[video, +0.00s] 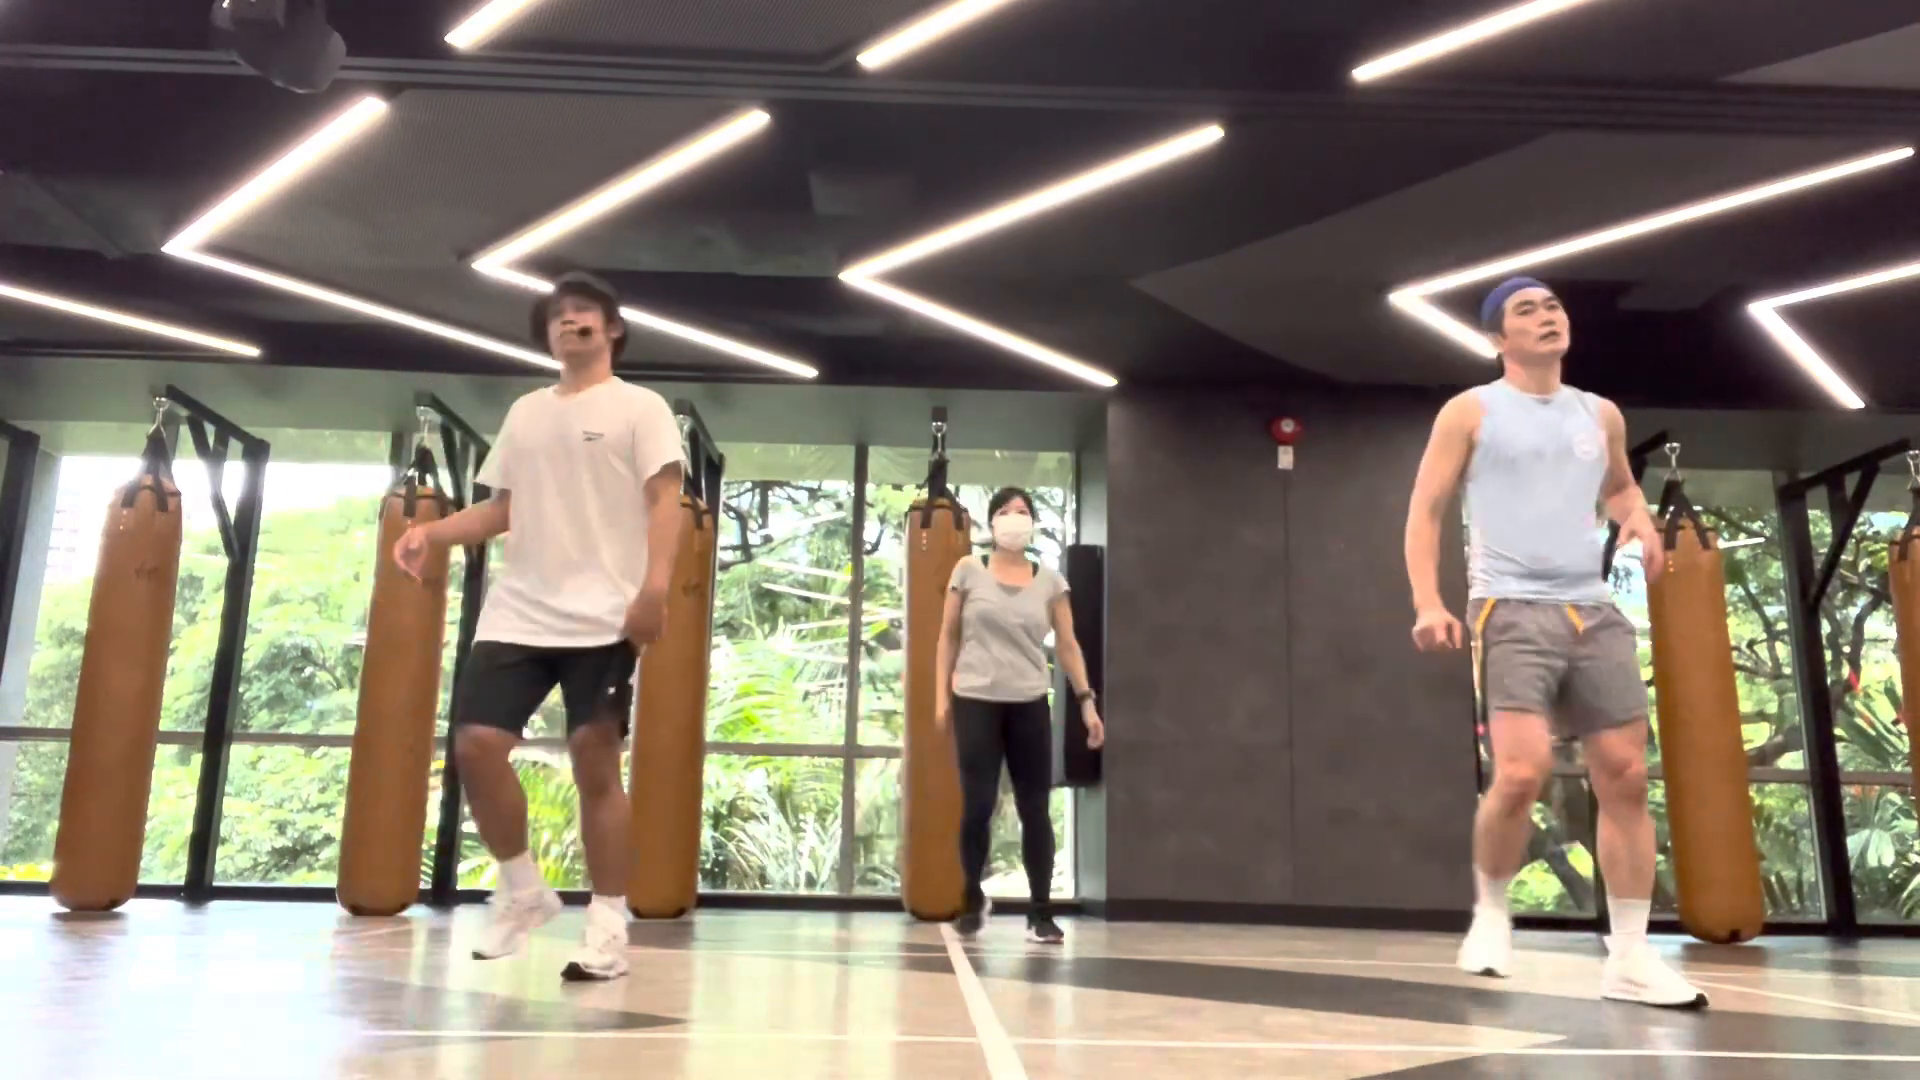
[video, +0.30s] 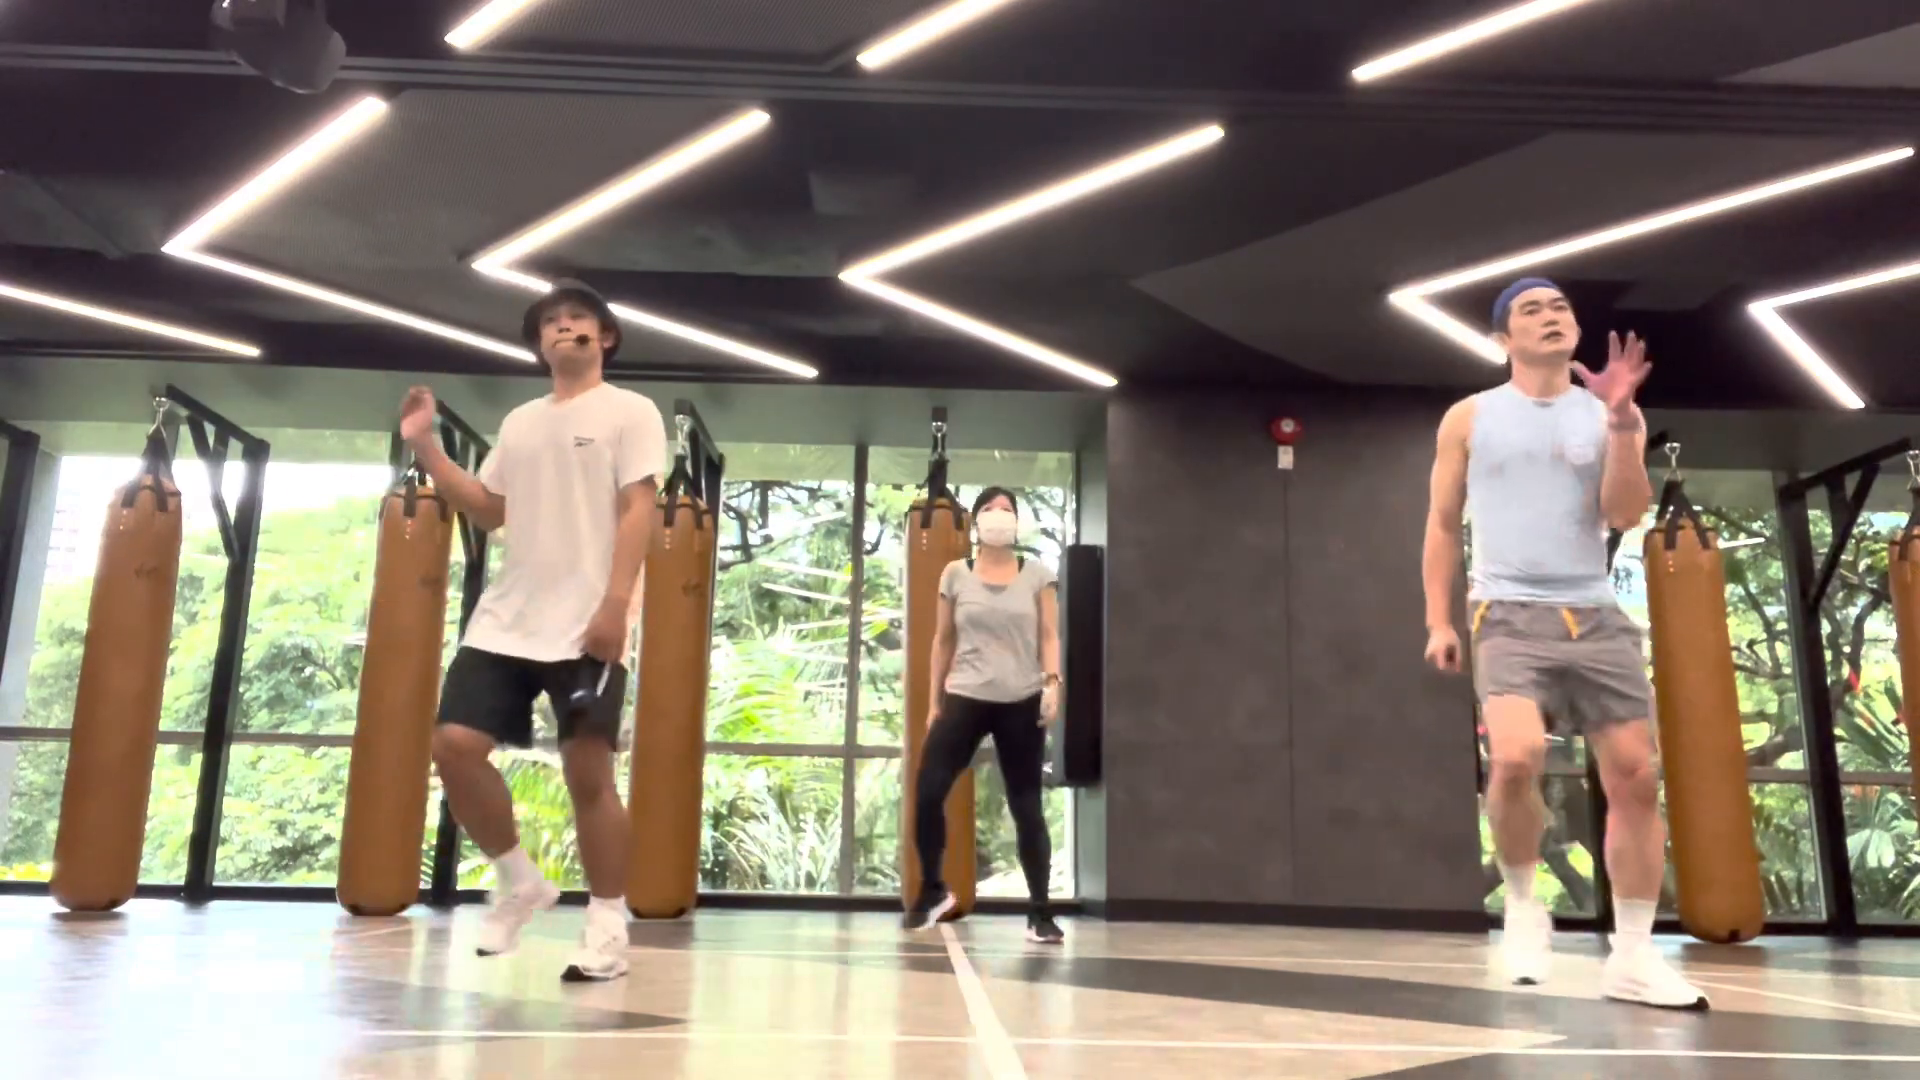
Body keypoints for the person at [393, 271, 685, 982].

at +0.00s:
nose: (573, 320)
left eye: (587, 312)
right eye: (562, 312)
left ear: (613, 331)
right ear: (547, 334)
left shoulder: (642, 408)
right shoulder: (526, 411)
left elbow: (667, 500)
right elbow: (505, 509)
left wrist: (656, 587)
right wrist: (434, 531)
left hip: (602, 614)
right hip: (517, 611)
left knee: (595, 759)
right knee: (476, 745)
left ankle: (608, 928)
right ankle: (525, 894)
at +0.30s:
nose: (567, 328)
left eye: (580, 320)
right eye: (554, 322)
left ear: (605, 339)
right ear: (537, 346)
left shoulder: (632, 412)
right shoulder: (518, 422)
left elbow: (638, 512)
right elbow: (487, 508)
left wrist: (615, 606)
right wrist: (428, 448)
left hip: (588, 618)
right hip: (507, 615)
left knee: (588, 773)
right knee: (455, 746)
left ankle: (608, 927)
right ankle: (520, 881)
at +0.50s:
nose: (540, 332)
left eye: (554, 322)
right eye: (527, 324)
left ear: (579, 344)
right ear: (508, 346)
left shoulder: (601, 421)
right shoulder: (478, 420)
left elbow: (612, 517)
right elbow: (424, 496)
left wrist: (585, 604)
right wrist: (394, 415)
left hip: (550, 625)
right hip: (465, 620)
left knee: (567, 768)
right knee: (396, 757)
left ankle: (605, 927)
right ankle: (355, 912)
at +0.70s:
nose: (487, 345)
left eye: (503, 339)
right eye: (476, 335)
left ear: (525, 362)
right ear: (456, 352)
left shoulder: (538, 441)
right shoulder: (416, 420)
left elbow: (547, 537)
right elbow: (357, 494)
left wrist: (536, 625)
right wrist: (324, 408)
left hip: (485, 640)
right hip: (391, 631)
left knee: (524, 775)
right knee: (335, 767)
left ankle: (595, 921)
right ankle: (327, 926)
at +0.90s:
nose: (449, 325)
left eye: (466, 318)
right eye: (439, 315)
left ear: (491, 341)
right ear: (421, 334)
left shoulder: (511, 421)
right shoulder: (378, 401)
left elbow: (509, 522)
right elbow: (317, 470)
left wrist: (484, 606)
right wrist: (307, 385)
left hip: (443, 625)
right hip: (352, 617)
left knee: (444, 762)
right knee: (333, 769)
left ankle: (460, 911)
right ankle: (326, 927)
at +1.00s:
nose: (441, 332)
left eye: (457, 326)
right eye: (430, 323)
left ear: (480, 348)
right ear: (412, 341)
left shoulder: (505, 428)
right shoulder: (368, 408)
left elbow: (509, 526)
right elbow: (305, 475)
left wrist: (484, 609)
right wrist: (307, 388)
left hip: (434, 627)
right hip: (346, 620)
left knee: (405, 769)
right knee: (327, 769)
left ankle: (386, 923)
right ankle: (325, 921)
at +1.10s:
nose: (435, 340)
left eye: (451, 334)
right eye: (426, 330)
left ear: (475, 355)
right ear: (408, 346)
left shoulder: (500, 434)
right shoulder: (366, 418)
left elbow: (508, 531)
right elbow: (301, 479)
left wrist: (488, 616)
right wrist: (316, 394)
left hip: (438, 636)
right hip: (348, 626)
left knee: (411, 774)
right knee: (321, 769)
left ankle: (388, 919)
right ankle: (321, 923)